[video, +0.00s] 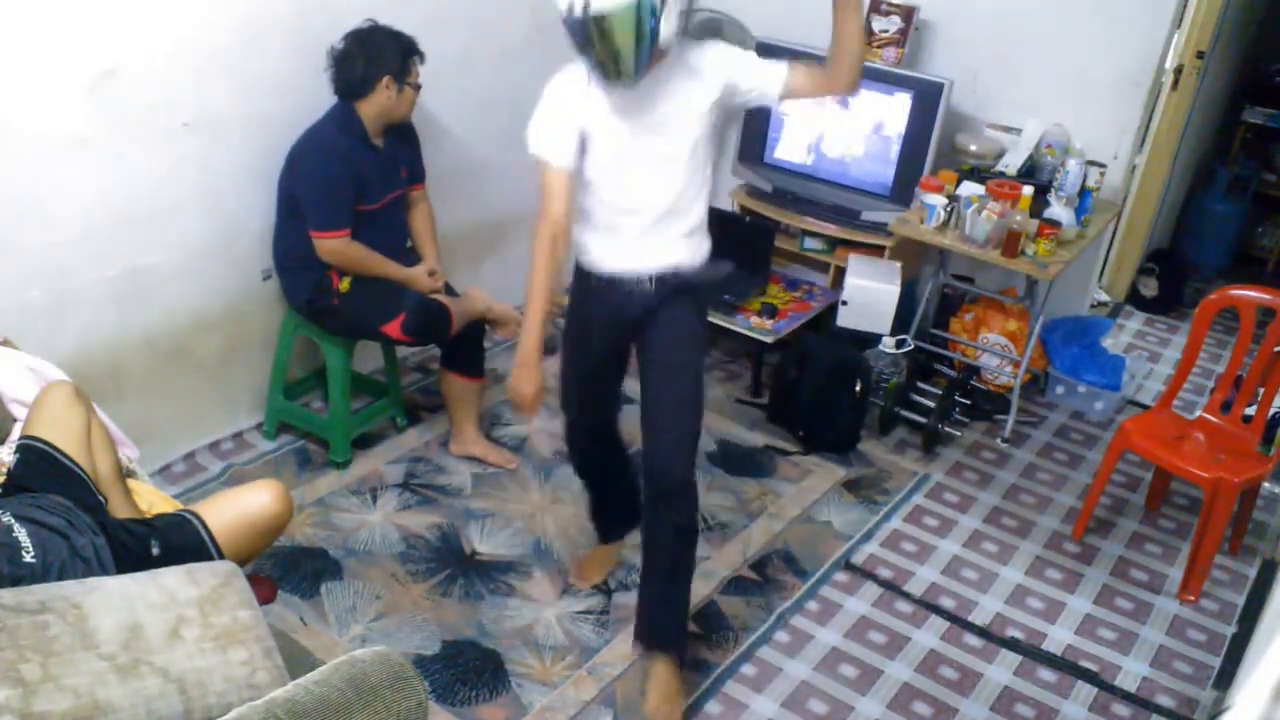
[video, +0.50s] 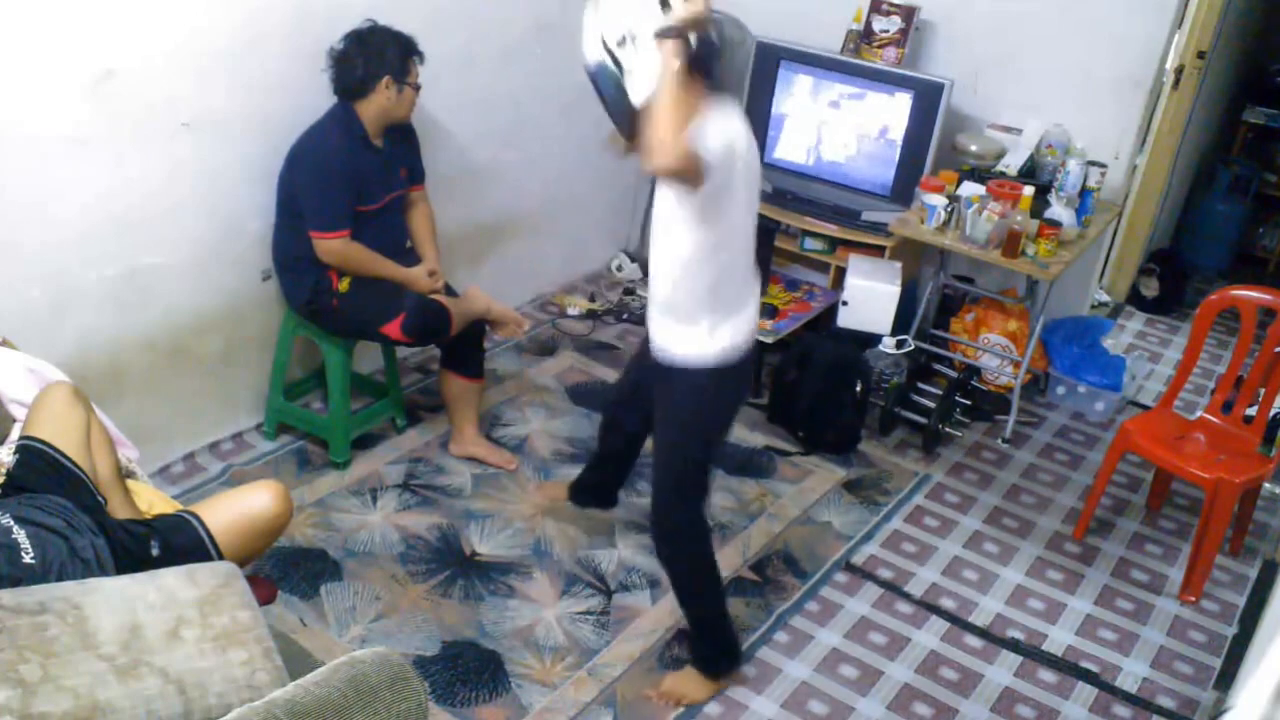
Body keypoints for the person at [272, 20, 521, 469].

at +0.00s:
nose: (419, 95)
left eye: (419, 87)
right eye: (415, 87)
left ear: (386, 87)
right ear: (387, 87)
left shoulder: (399, 130)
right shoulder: (325, 152)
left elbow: (417, 202)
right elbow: (332, 249)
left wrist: (430, 261)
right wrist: (406, 275)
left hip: (388, 265)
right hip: (326, 283)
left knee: (465, 323)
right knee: (423, 324)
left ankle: (466, 435)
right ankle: (477, 305)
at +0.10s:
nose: (419, 95)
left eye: (419, 87)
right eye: (416, 86)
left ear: (386, 87)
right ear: (387, 87)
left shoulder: (399, 130)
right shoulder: (326, 151)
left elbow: (417, 202)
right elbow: (332, 249)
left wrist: (430, 260)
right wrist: (407, 276)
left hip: (388, 265)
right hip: (326, 283)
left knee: (466, 325)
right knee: (424, 324)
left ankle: (466, 435)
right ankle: (477, 306)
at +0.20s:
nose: (419, 96)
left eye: (419, 87)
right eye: (416, 86)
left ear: (386, 87)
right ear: (387, 87)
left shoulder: (399, 130)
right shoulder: (326, 151)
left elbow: (417, 202)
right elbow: (332, 249)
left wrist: (430, 260)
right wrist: (407, 276)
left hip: (387, 265)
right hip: (326, 283)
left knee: (466, 324)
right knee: (423, 324)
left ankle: (465, 435)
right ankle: (477, 306)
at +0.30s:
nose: (419, 95)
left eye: (418, 86)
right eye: (415, 86)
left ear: (386, 87)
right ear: (386, 87)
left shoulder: (399, 131)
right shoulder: (325, 150)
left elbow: (416, 202)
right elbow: (332, 249)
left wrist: (429, 259)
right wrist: (407, 277)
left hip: (388, 266)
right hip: (325, 283)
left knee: (466, 322)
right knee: (420, 323)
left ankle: (466, 435)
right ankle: (476, 305)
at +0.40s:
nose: (419, 94)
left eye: (419, 86)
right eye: (415, 85)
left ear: (386, 87)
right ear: (386, 87)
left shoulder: (399, 131)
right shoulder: (325, 150)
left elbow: (417, 202)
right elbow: (332, 249)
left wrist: (429, 260)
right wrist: (407, 277)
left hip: (389, 266)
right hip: (325, 283)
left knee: (466, 322)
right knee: (420, 323)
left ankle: (465, 435)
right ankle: (476, 305)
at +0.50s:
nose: (418, 95)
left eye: (418, 86)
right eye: (415, 86)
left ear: (386, 87)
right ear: (386, 87)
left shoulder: (399, 131)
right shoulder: (324, 150)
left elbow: (416, 202)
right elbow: (331, 249)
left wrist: (429, 259)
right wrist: (406, 276)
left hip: (389, 267)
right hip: (326, 283)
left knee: (466, 322)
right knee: (420, 323)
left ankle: (465, 435)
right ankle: (476, 305)